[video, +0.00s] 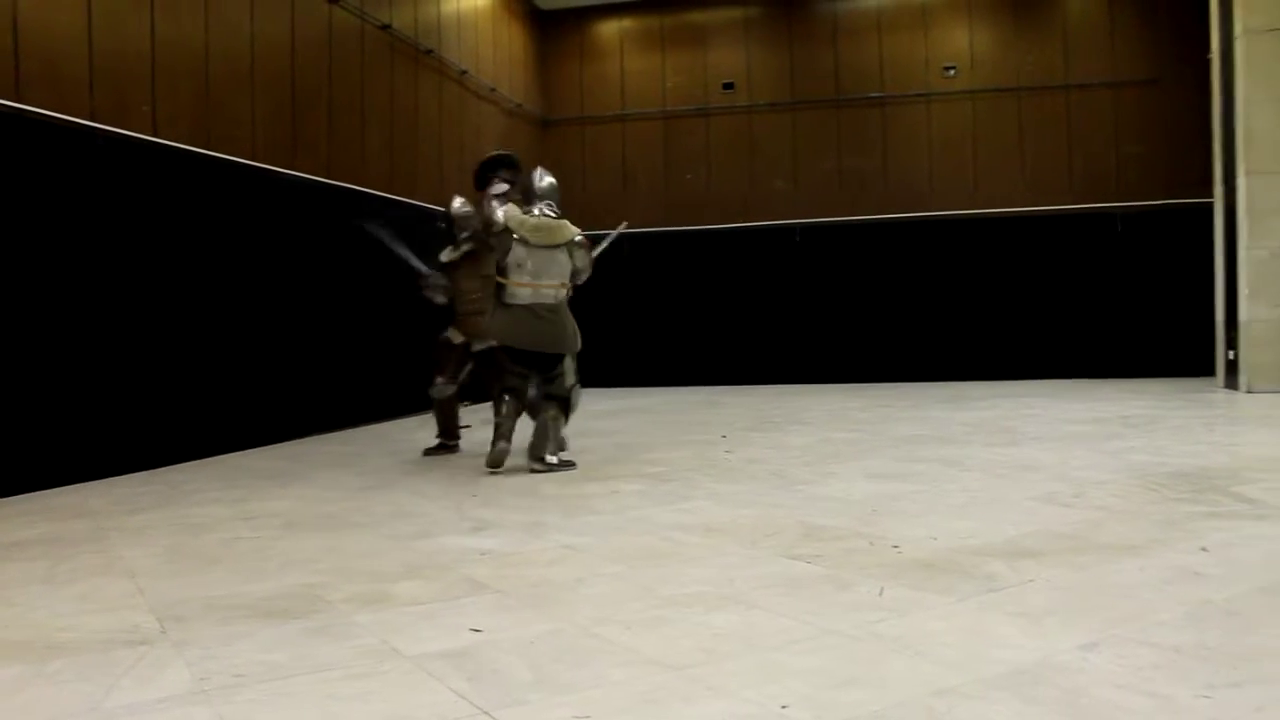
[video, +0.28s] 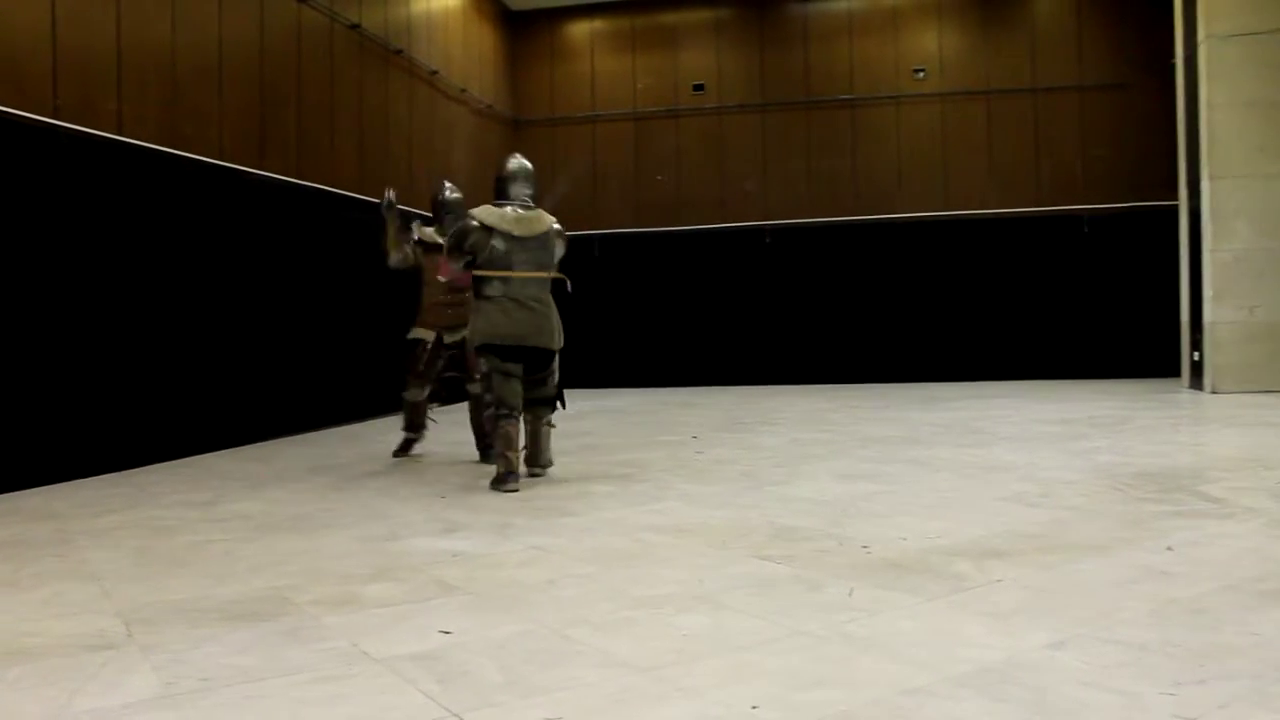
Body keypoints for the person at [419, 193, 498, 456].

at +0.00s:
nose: (463, 226)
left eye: (467, 220)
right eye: (458, 221)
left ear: (476, 220)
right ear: (453, 224)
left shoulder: (490, 248)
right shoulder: (449, 255)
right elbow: (446, 291)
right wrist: (434, 288)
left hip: (490, 327)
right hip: (459, 328)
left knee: (502, 381)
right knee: (444, 381)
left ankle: (501, 438)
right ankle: (448, 438)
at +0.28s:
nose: (451, 218)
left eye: (456, 211)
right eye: (446, 212)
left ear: (464, 212)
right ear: (436, 212)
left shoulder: (473, 238)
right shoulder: (423, 240)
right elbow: (397, 259)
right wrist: (392, 221)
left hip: (467, 324)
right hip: (429, 325)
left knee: (478, 384)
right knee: (416, 381)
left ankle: (486, 443)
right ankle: (412, 432)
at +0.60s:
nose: (436, 218)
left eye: (437, 211)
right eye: (431, 210)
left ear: (433, 209)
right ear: (415, 206)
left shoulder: (431, 239)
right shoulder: (394, 234)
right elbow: (415, 276)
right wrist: (450, 297)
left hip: (420, 322)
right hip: (382, 324)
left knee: (443, 378)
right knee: (363, 388)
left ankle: (442, 447)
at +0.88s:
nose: (368, 212)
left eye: (370, 206)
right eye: (362, 205)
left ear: (372, 207)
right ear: (349, 205)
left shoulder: (373, 240)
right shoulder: (340, 241)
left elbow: (400, 267)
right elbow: (335, 297)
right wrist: (376, 317)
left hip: (364, 328)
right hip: (331, 328)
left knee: (392, 389)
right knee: (328, 396)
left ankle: (410, 450)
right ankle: (298, 463)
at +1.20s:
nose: (301, 203)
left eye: (304, 197)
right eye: (295, 196)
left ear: (310, 199)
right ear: (282, 197)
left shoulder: (317, 237)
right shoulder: (262, 232)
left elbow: (342, 272)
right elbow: (240, 276)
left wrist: (347, 291)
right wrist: (270, 293)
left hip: (310, 325)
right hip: (273, 324)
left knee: (311, 391)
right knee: (277, 389)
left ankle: (284, 440)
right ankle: (268, 461)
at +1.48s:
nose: (293, 205)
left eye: (298, 199)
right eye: (288, 199)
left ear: (302, 200)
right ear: (274, 198)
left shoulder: (310, 239)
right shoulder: (250, 232)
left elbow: (316, 278)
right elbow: (225, 277)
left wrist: (314, 296)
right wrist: (246, 279)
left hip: (289, 325)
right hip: (253, 322)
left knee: (286, 390)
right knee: (259, 384)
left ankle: (276, 449)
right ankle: (258, 454)